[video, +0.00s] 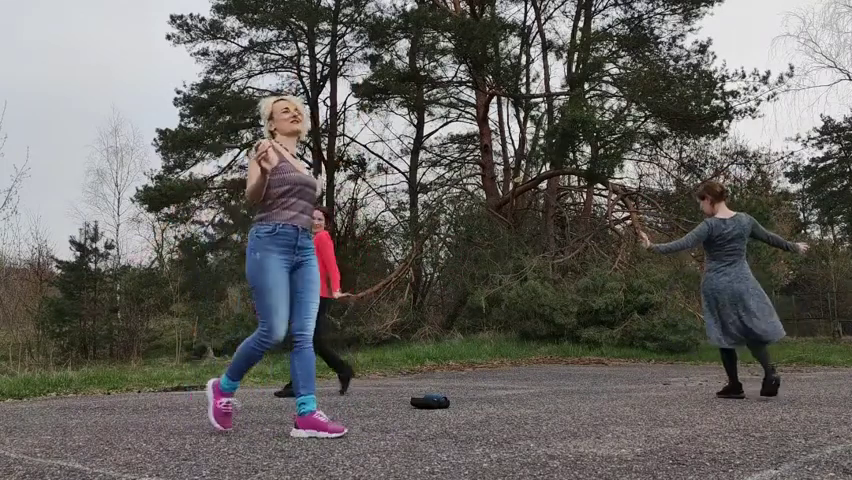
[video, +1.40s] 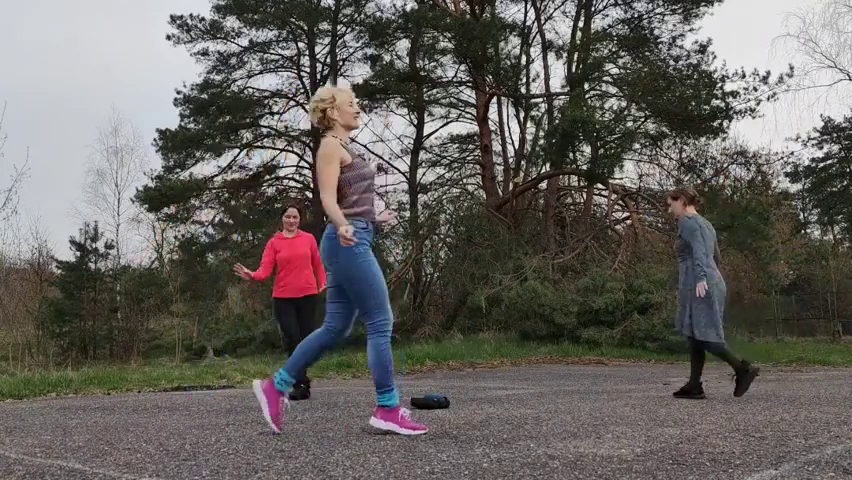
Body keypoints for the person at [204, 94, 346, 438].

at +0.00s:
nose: (293, 114)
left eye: (297, 110)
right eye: (284, 110)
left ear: (304, 120)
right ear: (270, 122)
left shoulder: (303, 161)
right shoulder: (264, 151)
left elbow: (296, 210)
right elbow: (252, 198)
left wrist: (313, 216)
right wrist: (263, 171)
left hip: (305, 247)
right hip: (269, 243)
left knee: (304, 334)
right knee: (272, 331)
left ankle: (306, 414)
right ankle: (223, 389)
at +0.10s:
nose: (304, 110)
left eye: (308, 106)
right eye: (296, 107)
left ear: (315, 118)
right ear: (282, 119)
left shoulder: (311, 163)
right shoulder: (274, 147)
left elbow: (314, 213)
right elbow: (261, 196)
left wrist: (331, 202)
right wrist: (269, 182)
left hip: (316, 242)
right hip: (282, 238)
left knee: (312, 330)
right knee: (302, 326)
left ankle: (307, 413)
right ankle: (263, 403)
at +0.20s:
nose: (317, 112)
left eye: (321, 108)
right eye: (309, 107)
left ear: (325, 117)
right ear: (292, 116)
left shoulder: (317, 159)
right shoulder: (284, 147)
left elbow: (320, 213)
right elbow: (270, 193)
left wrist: (345, 205)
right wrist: (275, 196)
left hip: (324, 239)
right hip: (294, 236)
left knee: (311, 327)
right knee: (326, 318)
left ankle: (307, 414)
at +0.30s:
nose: (331, 108)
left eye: (333, 104)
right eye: (323, 104)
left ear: (335, 115)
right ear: (305, 114)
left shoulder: (325, 161)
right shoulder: (293, 145)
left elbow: (338, 207)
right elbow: (278, 190)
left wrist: (366, 188)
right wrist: (277, 191)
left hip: (330, 239)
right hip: (303, 235)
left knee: (316, 332)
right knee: (351, 304)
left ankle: (307, 413)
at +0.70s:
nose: (365, 111)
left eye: (364, 105)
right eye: (359, 105)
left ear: (351, 112)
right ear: (341, 111)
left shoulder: (352, 152)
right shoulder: (331, 144)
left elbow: (376, 205)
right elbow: (318, 193)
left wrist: (411, 205)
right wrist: (332, 198)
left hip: (353, 239)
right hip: (355, 237)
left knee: (352, 331)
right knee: (399, 316)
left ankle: (316, 406)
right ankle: (395, 404)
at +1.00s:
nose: (387, 99)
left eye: (384, 95)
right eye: (381, 96)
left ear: (366, 106)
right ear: (366, 105)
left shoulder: (365, 139)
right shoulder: (367, 136)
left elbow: (343, 194)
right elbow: (358, 186)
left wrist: (361, 225)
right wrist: (385, 193)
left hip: (361, 229)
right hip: (372, 229)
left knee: (383, 317)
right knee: (396, 317)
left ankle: (335, 379)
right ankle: (394, 404)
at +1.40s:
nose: (358, 107)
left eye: (356, 102)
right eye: (351, 103)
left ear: (340, 111)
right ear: (333, 111)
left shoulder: (343, 146)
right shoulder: (330, 145)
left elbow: (351, 196)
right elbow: (327, 197)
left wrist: (375, 214)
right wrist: (341, 224)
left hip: (349, 238)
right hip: (349, 239)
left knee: (335, 328)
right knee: (380, 322)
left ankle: (276, 386)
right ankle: (388, 407)